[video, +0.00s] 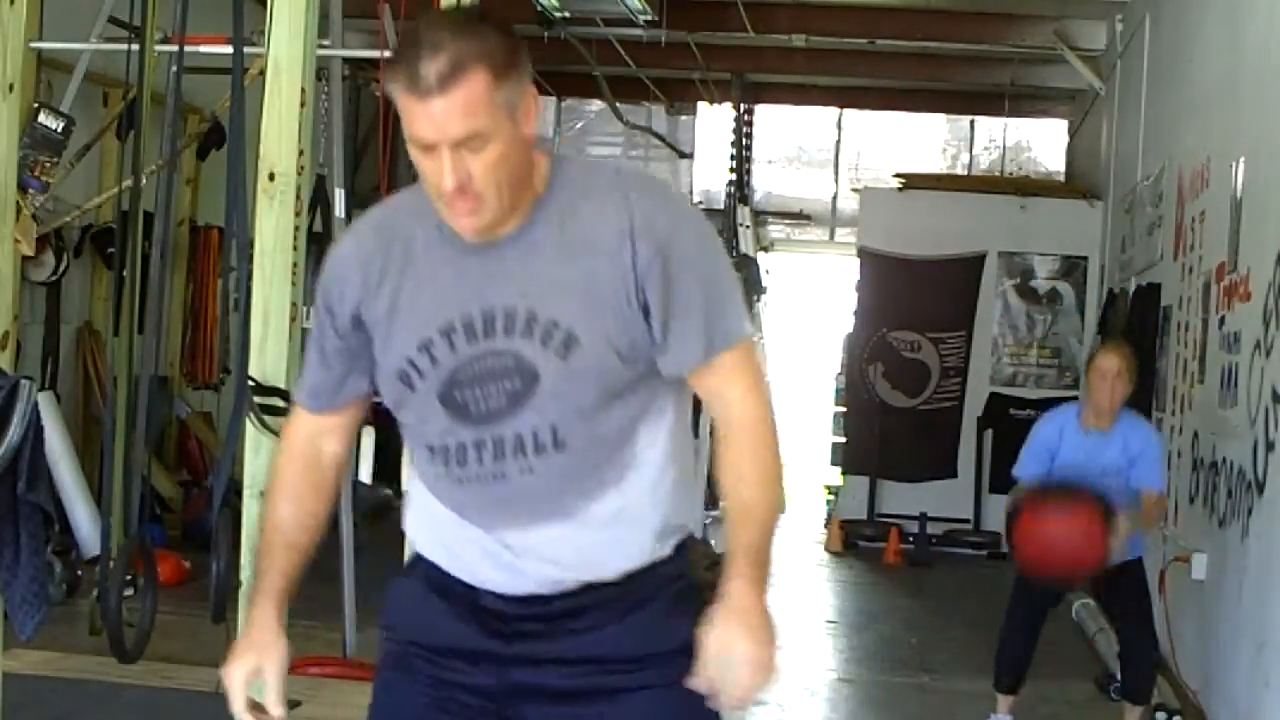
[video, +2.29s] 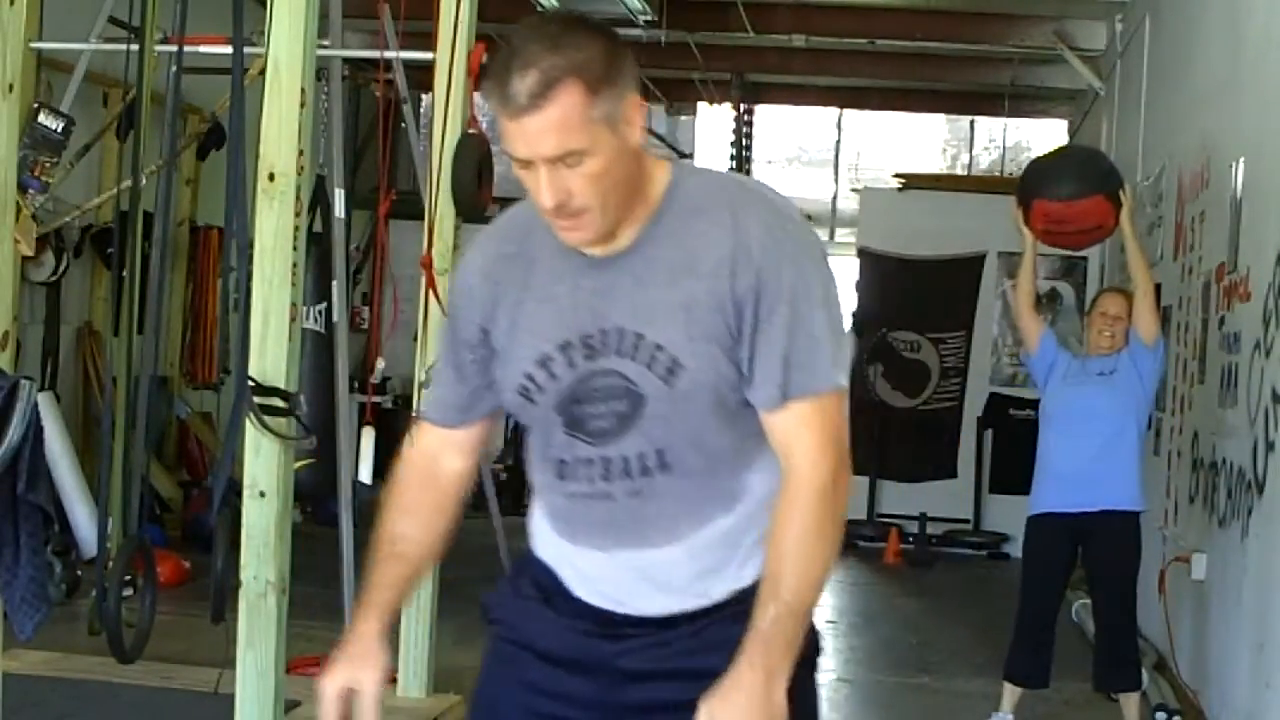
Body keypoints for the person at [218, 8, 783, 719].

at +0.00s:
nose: (451, 176)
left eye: (472, 143)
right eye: (426, 148)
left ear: (530, 116)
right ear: (404, 132)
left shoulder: (645, 226)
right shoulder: (367, 258)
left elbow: (738, 400)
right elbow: (317, 435)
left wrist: (745, 593)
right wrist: (266, 612)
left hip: (631, 626)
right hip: (445, 626)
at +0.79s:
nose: (526, 146)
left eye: (550, 113)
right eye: (501, 115)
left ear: (605, 88)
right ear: (477, 103)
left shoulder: (708, 202)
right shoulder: (431, 234)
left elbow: (785, 402)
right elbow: (371, 416)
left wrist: (807, 589)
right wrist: (307, 582)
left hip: (667, 625)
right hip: (483, 625)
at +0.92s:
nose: (609, 154)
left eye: (635, 122)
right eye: (585, 122)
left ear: (692, 93)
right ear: (562, 105)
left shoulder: (794, 216)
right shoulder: (515, 230)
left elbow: (869, 426)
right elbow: (458, 419)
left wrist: (865, 617)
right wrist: (388, 583)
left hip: (730, 633)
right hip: (548, 629)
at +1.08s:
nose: (666, 160)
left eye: (694, 130)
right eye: (644, 126)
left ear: (753, 99)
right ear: (623, 104)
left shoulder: (851, 228)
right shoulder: (574, 217)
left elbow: (915, 445)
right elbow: (516, 403)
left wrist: (912, 651)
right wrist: (452, 571)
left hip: (766, 634)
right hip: (588, 624)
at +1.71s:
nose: (601, 159)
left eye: (632, 130)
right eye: (581, 126)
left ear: (689, 101)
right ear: (561, 100)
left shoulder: (776, 232)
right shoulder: (498, 221)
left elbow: (831, 456)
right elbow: (439, 405)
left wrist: (829, 649)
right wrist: (380, 568)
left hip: (691, 635)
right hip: (511, 624)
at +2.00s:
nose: (515, 159)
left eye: (541, 125)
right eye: (490, 126)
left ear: (598, 91)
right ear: (470, 105)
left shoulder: (706, 208)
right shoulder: (423, 226)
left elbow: (762, 419)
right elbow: (362, 409)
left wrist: (735, 606)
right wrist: (304, 584)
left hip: (657, 621)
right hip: (479, 617)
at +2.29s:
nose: (550, 196)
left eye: (572, 160)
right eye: (525, 166)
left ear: (635, 120)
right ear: (504, 147)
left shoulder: (757, 238)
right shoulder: (494, 268)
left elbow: (817, 467)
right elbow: (441, 447)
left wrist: (759, 675)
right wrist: (367, 627)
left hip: (728, 636)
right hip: (555, 629)